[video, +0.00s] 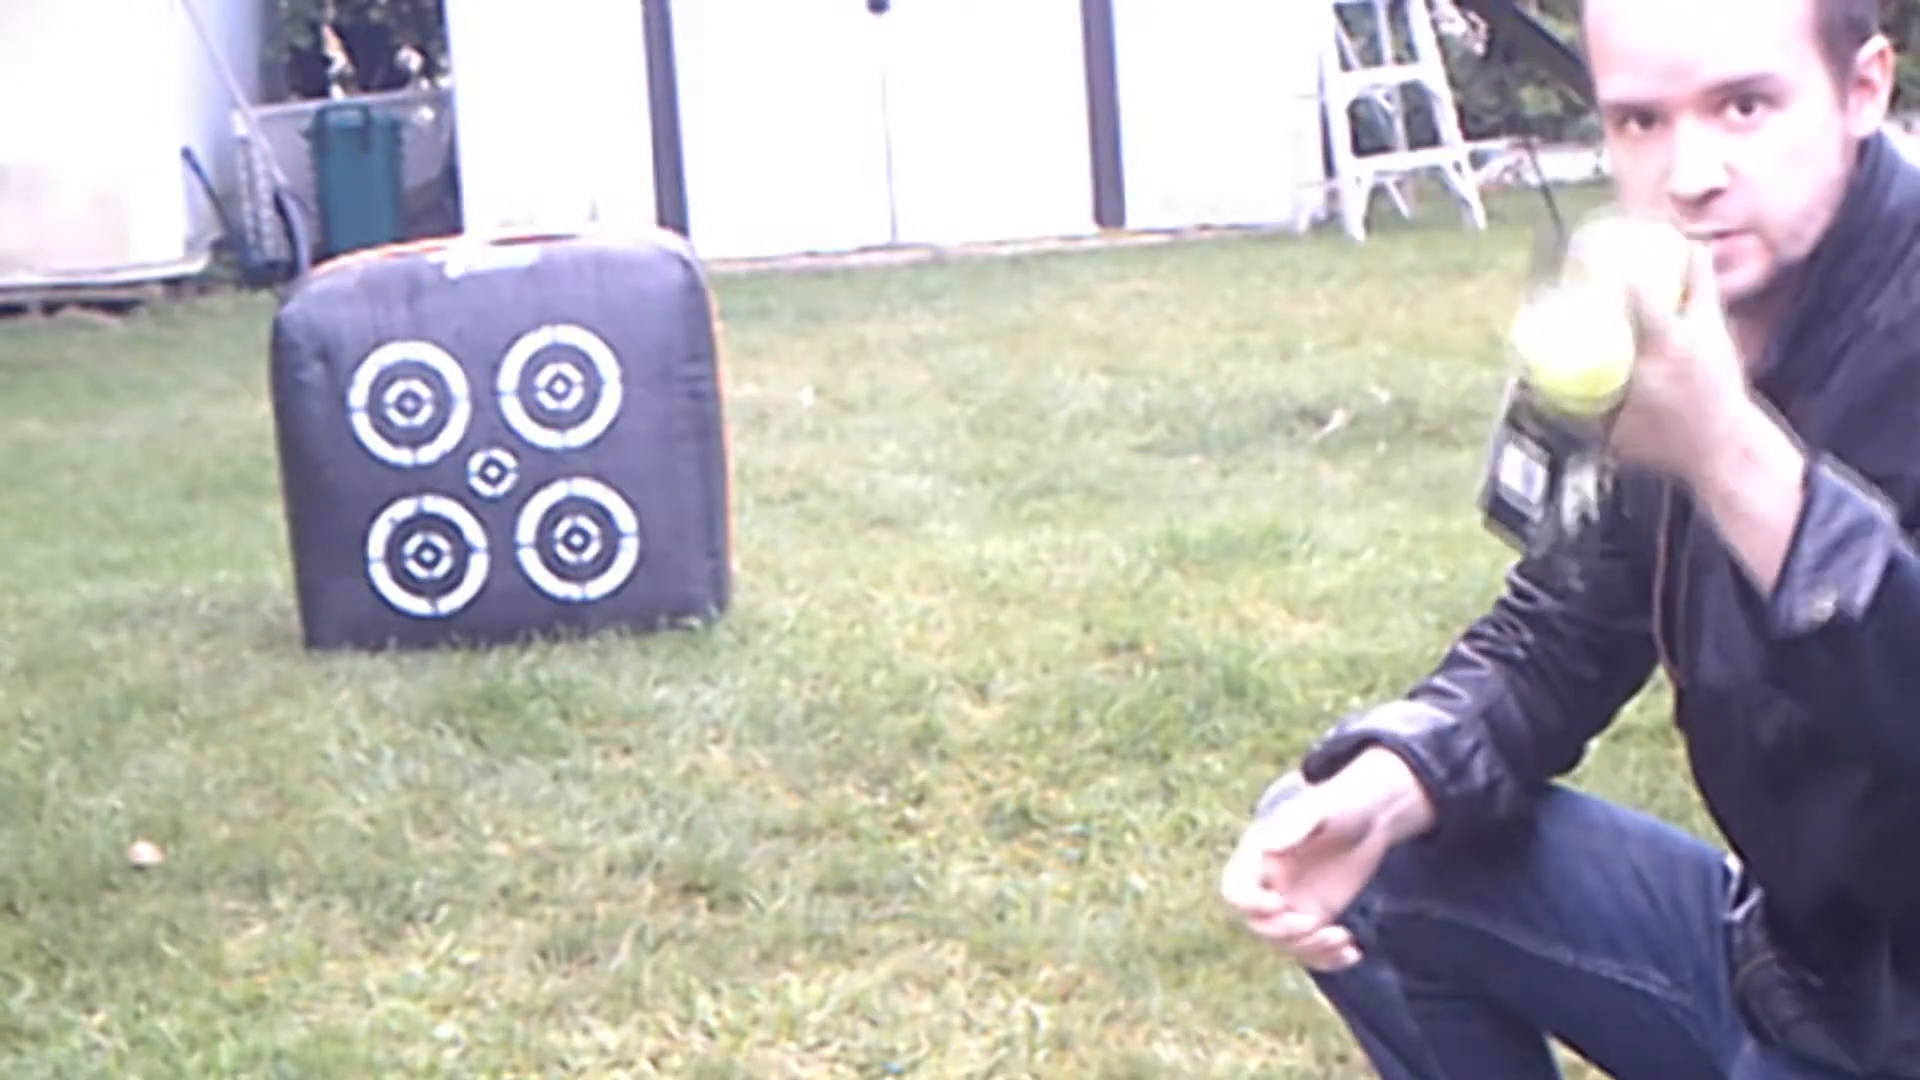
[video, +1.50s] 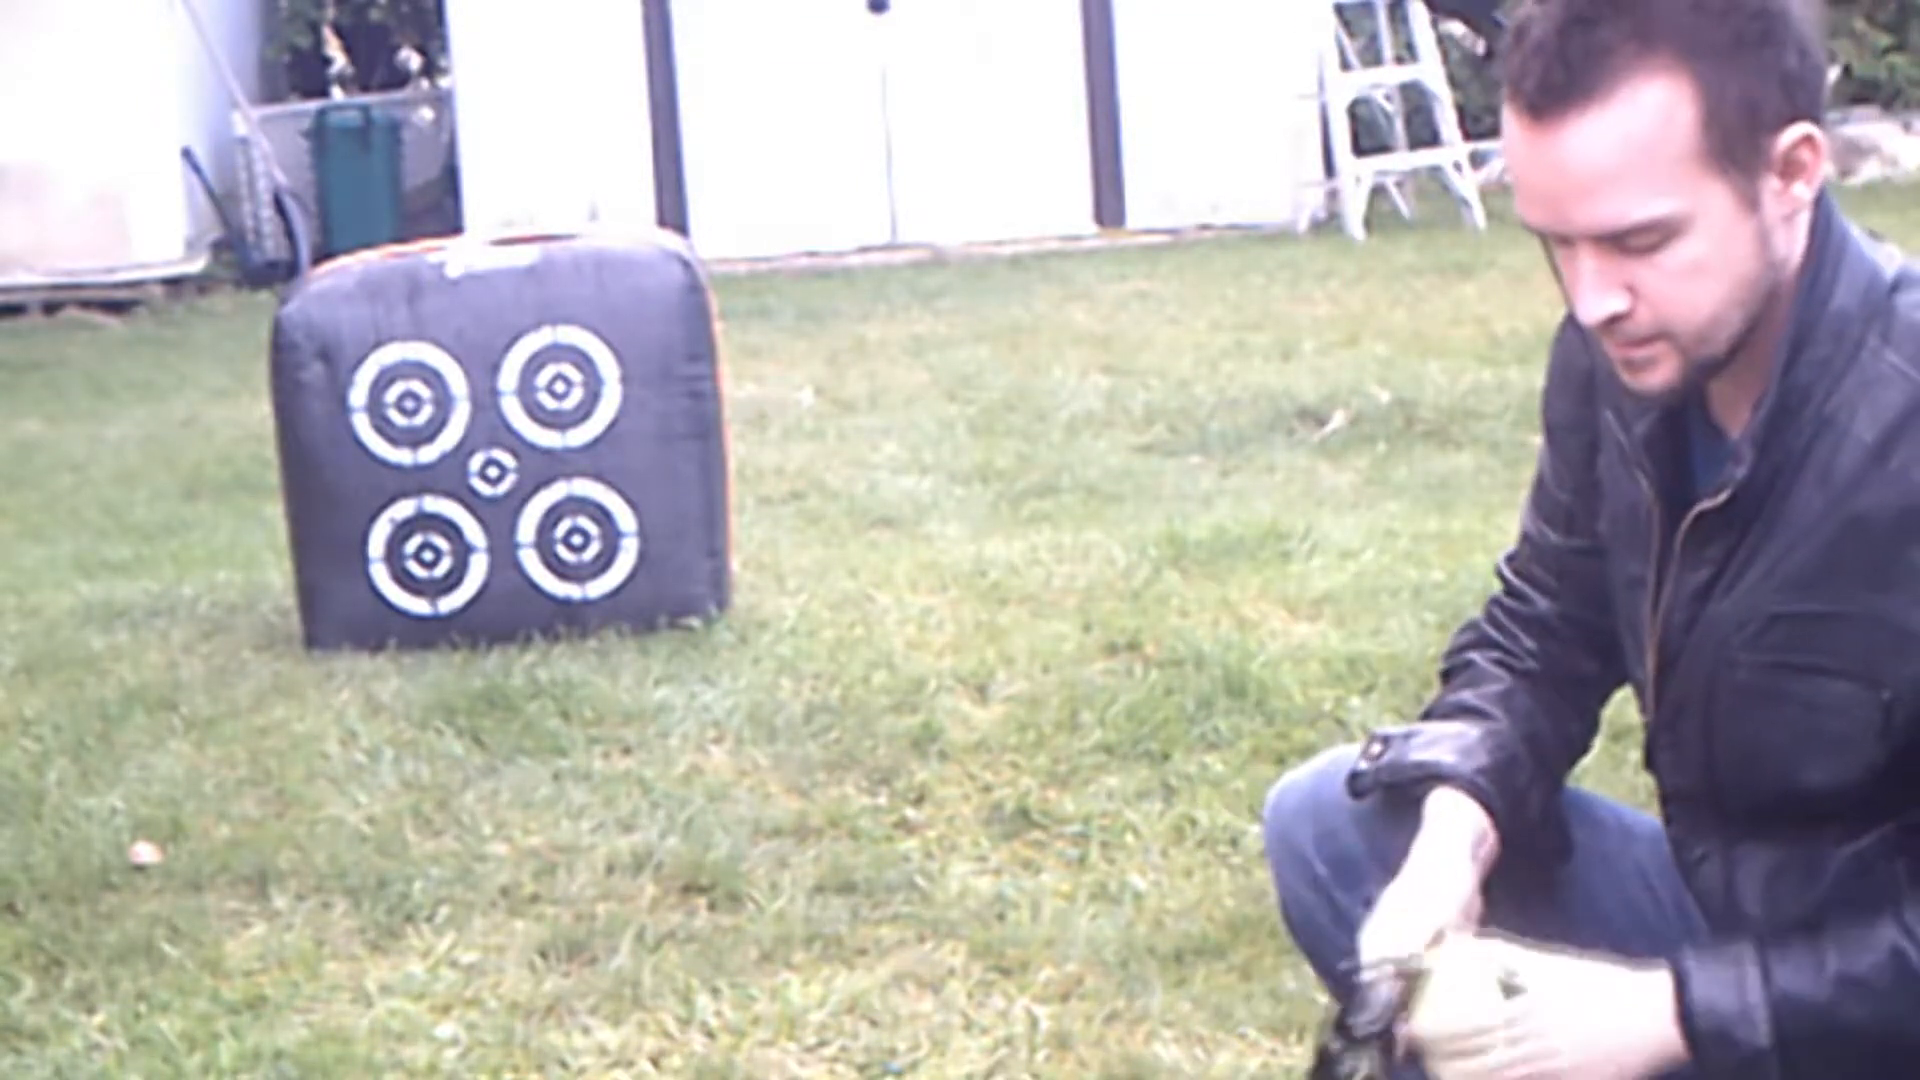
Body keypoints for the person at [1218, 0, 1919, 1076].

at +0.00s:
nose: (1688, 178)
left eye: (1745, 106)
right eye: (1640, 121)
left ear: (1865, 89)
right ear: (1601, 129)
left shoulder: (1905, 333)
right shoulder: (1698, 318)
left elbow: (1902, 711)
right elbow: (1562, 629)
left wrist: (1725, 451)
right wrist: (1398, 778)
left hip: (1881, 1045)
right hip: (1769, 942)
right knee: (1376, 869)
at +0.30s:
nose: (1639, 223)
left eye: (1696, 156)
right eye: (1602, 165)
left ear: (1840, 120)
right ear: (1573, 143)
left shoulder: (1899, 383)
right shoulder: (1629, 342)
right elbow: (1559, 625)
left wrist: (1695, 836)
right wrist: (1438, 768)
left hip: (1876, 1030)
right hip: (1740, 943)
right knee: (1333, 842)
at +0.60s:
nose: (1607, 284)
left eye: (1658, 228)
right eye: (1578, 224)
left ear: (1817, 178)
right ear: (1552, 187)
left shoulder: (1900, 424)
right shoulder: (1622, 349)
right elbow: (1549, 620)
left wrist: (1731, 963)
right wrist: (1456, 812)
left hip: (1875, 1011)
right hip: (1716, 909)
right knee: (1338, 814)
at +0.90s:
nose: (1606, 291)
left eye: (1656, 236)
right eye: (1572, 232)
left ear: (1813, 182)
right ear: (1548, 192)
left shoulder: (1899, 422)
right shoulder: (1621, 350)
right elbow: (1554, 617)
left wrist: (1745, 998)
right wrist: (1462, 804)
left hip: (1884, 989)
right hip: (1725, 912)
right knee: (1335, 816)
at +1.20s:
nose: (1605, 293)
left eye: (1653, 236)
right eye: (1569, 234)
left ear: (1809, 177)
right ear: (1543, 194)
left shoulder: (1899, 418)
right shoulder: (1621, 347)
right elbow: (1553, 613)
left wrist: (1652, 950)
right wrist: (1460, 826)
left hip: (1878, 1012)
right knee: (1333, 820)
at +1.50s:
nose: (1593, 302)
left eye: (1640, 243)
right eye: (1555, 246)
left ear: (1792, 180)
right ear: (1530, 203)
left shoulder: (1898, 420)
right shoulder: (1609, 353)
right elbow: (1547, 620)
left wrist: (1678, 1017)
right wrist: (1457, 824)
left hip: (1878, 983)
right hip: (1705, 910)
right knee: (1331, 822)